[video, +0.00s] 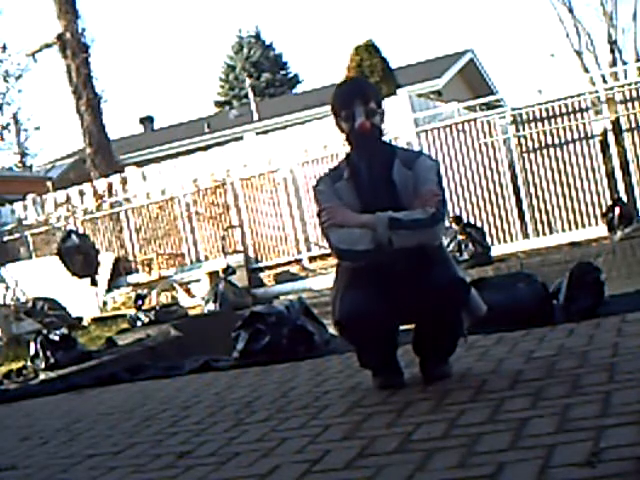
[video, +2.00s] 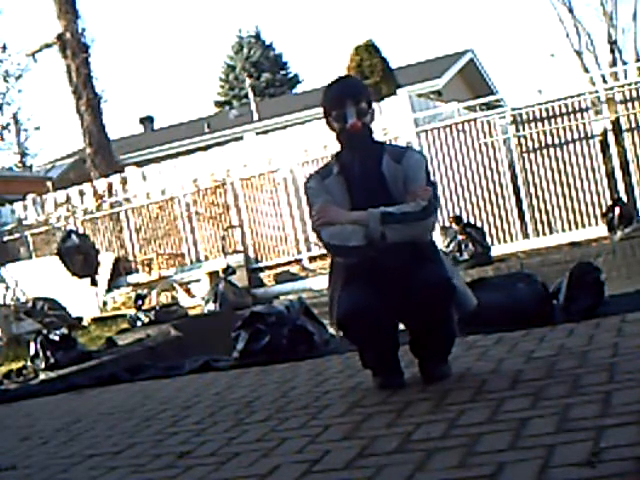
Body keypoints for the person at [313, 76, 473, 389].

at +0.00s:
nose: (362, 124)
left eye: (370, 113)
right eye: (351, 116)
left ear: (382, 114)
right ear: (339, 122)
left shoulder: (418, 164)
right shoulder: (329, 185)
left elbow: (434, 226)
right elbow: (344, 245)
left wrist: (359, 220)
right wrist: (412, 217)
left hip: (422, 265)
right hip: (365, 277)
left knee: (447, 290)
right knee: (356, 313)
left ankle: (434, 358)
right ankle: (384, 367)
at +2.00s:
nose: (353, 123)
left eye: (361, 111)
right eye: (341, 116)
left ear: (373, 112)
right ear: (329, 122)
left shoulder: (407, 159)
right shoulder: (319, 183)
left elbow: (425, 218)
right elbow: (335, 241)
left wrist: (349, 217)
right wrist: (406, 215)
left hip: (415, 262)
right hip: (359, 275)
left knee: (433, 290)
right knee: (358, 311)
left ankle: (434, 361)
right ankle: (385, 369)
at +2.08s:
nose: (349, 121)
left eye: (357, 109)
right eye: (337, 113)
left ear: (368, 110)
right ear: (326, 119)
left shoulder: (402, 156)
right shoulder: (315, 179)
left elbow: (419, 217)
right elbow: (329, 235)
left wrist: (344, 212)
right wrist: (399, 208)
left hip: (413, 260)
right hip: (359, 273)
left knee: (430, 292)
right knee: (362, 313)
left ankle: (434, 361)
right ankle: (385, 370)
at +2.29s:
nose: (341, 115)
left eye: (349, 104)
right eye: (329, 108)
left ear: (360, 106)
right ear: (317, 114)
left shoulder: (391, 151)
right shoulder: (306, 176)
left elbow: (409, 196)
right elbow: (321, 232)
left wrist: (338, 204)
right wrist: (387, 207)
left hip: (412, 253)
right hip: (358, 266)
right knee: (368, 308)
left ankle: (453, 361)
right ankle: (386, 369)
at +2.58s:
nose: (345, 105)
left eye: (351, 95)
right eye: (333, 99)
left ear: (362, 96)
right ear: (321, 107)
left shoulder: (394, 140)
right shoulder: (311, 167)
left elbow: (413, 179)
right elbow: (324, 210)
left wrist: (341, 187)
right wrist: (387, 179)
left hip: (418, 255)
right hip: (362, 271)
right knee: (379, 316)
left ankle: (462, 362)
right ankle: (388, 368)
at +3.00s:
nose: (364, 110)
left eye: (370, 99)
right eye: (352, 103)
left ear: (383, 99)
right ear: (341, 110)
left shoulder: (421, 143)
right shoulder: (337, 171)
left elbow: (435, 188)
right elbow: (340, 210)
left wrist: (359, 188)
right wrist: (404, 194)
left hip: (428, 264)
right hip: (370, 275)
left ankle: (436, 360)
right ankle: (377, 368)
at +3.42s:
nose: (361, 112)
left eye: (368, 101)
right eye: (348, 106)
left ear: (379, 103)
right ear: (336, 114)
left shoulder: (414, 153)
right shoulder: (323, 178)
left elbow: (430, 200)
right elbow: (341, 234)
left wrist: (353, 207)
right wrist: (407, 215)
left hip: (433, 263)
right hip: (376, 280)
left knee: (459, 290)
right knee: (397, 310)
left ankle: (475, 335)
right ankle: (401, 373)